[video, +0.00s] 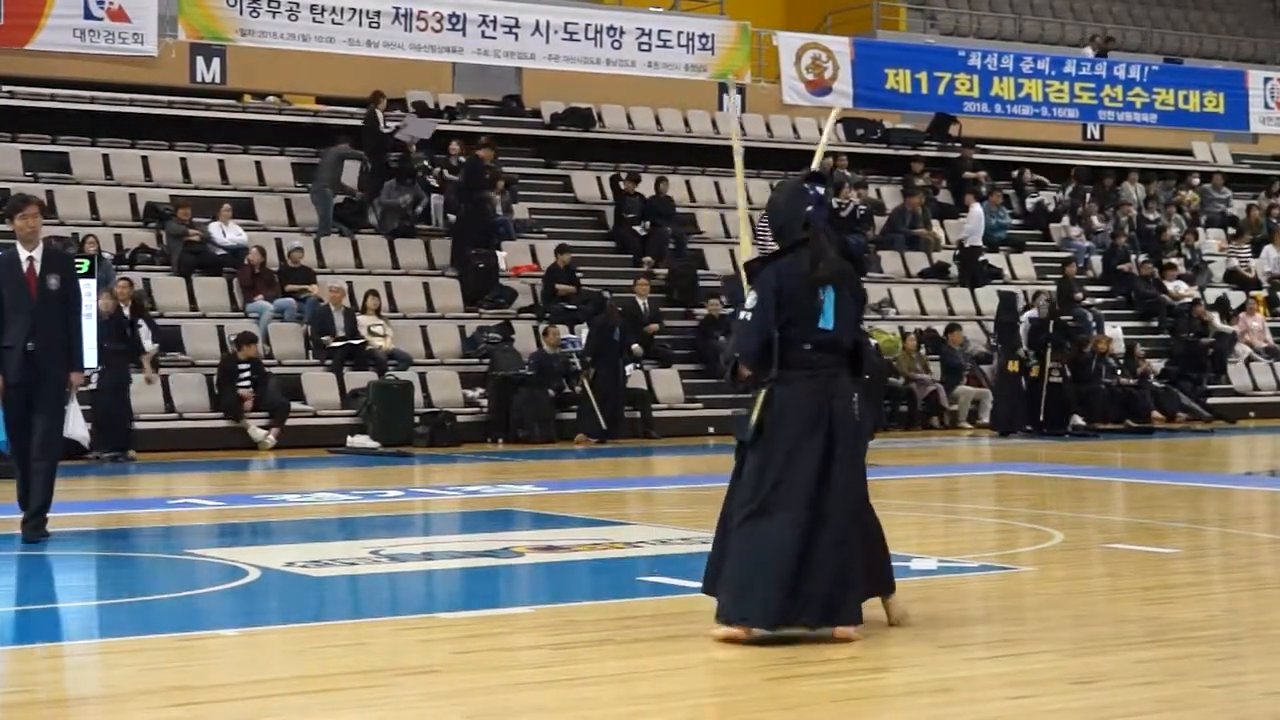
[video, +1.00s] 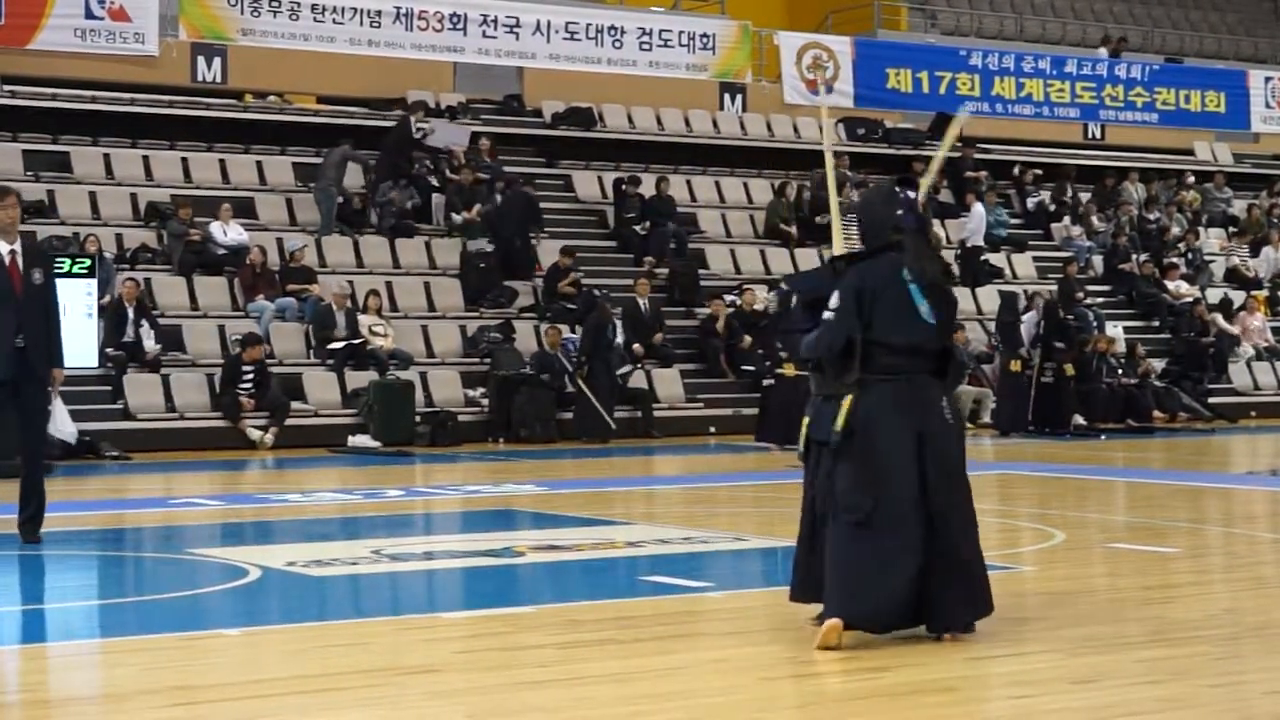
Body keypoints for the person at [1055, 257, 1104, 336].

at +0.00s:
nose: (1073, 269)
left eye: (1074, 266)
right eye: (1070, 266)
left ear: (1076, 268)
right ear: (1064, 268)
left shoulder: (1075, 281)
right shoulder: (1063, 282)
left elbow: (1084, 291)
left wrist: (1081, 295)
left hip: (1080, 304)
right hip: (1068, 306)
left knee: (1098, 315)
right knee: (1086, 315)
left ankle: (1101, 338)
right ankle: (1089, 339)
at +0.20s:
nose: (1073, 269)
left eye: (1074, 266)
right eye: (1070, 266)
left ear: (1076, 268)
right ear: (1065, 269)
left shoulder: (1075, 281)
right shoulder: (1063, 282)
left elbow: (1085, 291)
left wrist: (1081, 295)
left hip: (1080, 304)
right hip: (1069, 306)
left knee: (1099, 314)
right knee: (1087, 315)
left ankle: (1101, 337)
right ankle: (1090, 339)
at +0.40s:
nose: (1074, 269)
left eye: (1075, 266)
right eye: (1071, 266)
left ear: (1077, 268)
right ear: (1065, 269)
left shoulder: (1076, 280)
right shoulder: (1063, 282)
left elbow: (1085, 291)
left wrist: (1082, 294)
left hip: (1080, 304)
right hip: (1069, 306)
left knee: (1098, 314)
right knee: (1087, 315)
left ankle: (1101, 337)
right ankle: (1090, 338)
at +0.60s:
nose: (1074, 269)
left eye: (1075, 266)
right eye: (1071, 266)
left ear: (1077, 268)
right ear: (1066, 268)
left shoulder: (1076, 280)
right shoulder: (1064, 281)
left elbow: (1085, 290)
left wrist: (1082, 294)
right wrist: (1084, 291)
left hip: (1081, 304)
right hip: (1070, 306)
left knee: (1099, 314)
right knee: (1087, 315)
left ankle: (1102, 337)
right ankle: (1090, 339)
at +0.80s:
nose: (1074, 268)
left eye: (1075, 266)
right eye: (1071, 266)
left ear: (1077, 267)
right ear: (1066, 268)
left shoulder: (1077, 280)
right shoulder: (1063, 281)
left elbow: (1086, 291)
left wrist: (1082, 294)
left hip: (1081, 304)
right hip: (1070, 306)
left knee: (1099, 314)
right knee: (1087, 315)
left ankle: (1102, 337)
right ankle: (1090, 338)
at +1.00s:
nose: (1074, 269)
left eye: (1075, 266)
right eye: (1071, 266)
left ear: (1077, 267)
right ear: (1066, 268)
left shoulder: (1077, 280)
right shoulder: (1063, 281)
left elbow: (1086, 292)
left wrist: (1082, 294)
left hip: (1082, 304)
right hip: (1070, 306)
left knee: (1099, 314)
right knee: (1087, 315)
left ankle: (1102, 337)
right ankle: (1090, 339)